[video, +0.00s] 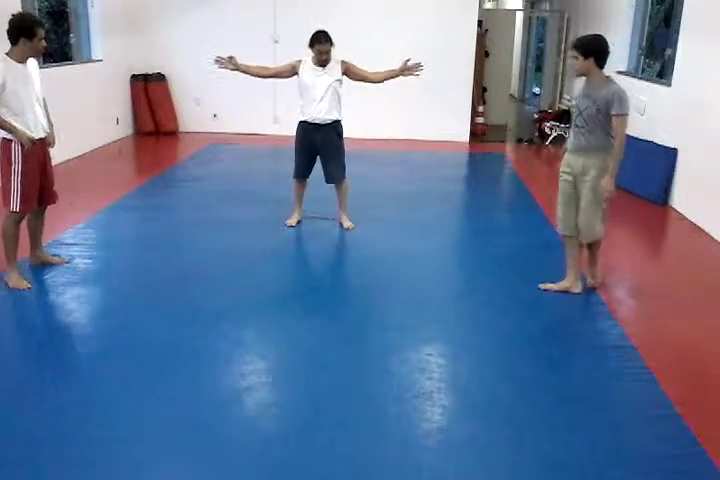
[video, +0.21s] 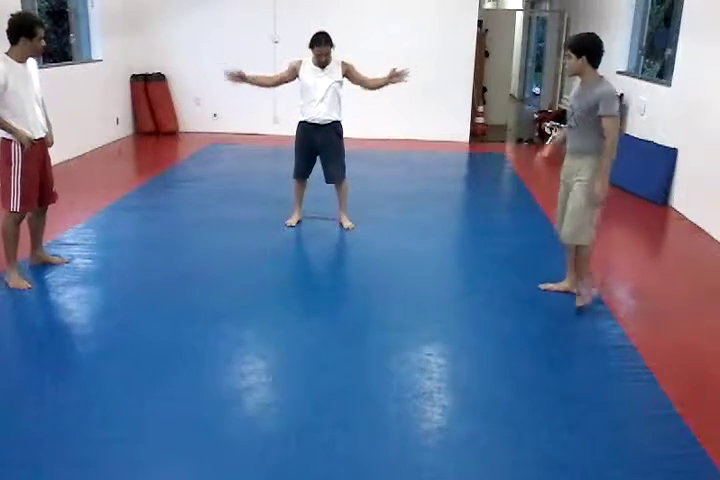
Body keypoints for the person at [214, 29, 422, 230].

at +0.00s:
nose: (322, 56)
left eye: (325, 52)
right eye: (318, 53)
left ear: (332, 48)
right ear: (311, 49)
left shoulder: (341, 66)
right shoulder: (300, 66)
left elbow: (371, 77)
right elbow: (268, 72)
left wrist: (399, 72)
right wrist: (238, 67)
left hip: (331, 129)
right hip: (306, 129)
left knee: (339, 176)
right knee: (300, 175)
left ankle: (343, 215)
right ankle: (297, 213)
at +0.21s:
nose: (322, 57)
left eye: (326, 53)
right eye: (319, 54)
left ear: (332, 51)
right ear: (311, 51)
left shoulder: (342, 68)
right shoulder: (300, 67)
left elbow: (367, 83)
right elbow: (273, 81)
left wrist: (388, 80)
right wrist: (246, 79)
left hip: (331, 129)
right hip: (306, 128)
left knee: (339, 175)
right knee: (300, 174)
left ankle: (343, 214)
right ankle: (297, 212)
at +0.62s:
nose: (323, 60)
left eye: (326, 56)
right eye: (318, 56)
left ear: (332, 52)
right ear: (312, 51)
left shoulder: (341, 70)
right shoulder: (301, 68)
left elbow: (347, 99)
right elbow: (294, 98)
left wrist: (349, 125)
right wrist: (287, 127)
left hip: (332, 128)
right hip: (306, 128)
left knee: (339, 176)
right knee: (300, 175)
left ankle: (343, 214)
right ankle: (297, 212)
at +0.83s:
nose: (323, 60)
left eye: (327, 56)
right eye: (319, 56)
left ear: (333, 52)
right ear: (312, 51)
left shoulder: (342, 70)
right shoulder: (300, 68)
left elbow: (348, 99)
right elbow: (292, 98)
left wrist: (349, 126)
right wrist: (285, 127)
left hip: (331, 128)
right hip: (305, 128)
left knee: (339, 177)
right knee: (300, 175)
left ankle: (343, 214)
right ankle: (297, 212)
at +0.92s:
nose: (323, 60)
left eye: (327, 56)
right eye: (319, 56)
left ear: (333, 52)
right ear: (312, 51)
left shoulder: (342, 70)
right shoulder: (301, 68)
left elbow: (349, 99)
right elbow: (291, 98)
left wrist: (350, 128)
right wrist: (282, 127)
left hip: (331, 129)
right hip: (305, 128)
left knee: (339, 177)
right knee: (300, 175)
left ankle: (343, 214)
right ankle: (297, 212)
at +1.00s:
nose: (323, 60)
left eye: (327, 56)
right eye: (319, 55)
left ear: (333, 52)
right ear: (312, 51)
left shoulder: (342, 70)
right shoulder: (301, 68)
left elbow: (349, 100)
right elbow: (291, 98)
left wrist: (351, 128)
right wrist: (280, 127)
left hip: (331, 129)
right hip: (305, 128)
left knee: (339, 177)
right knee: (300, 175)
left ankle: (343, 214)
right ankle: (297, 212)